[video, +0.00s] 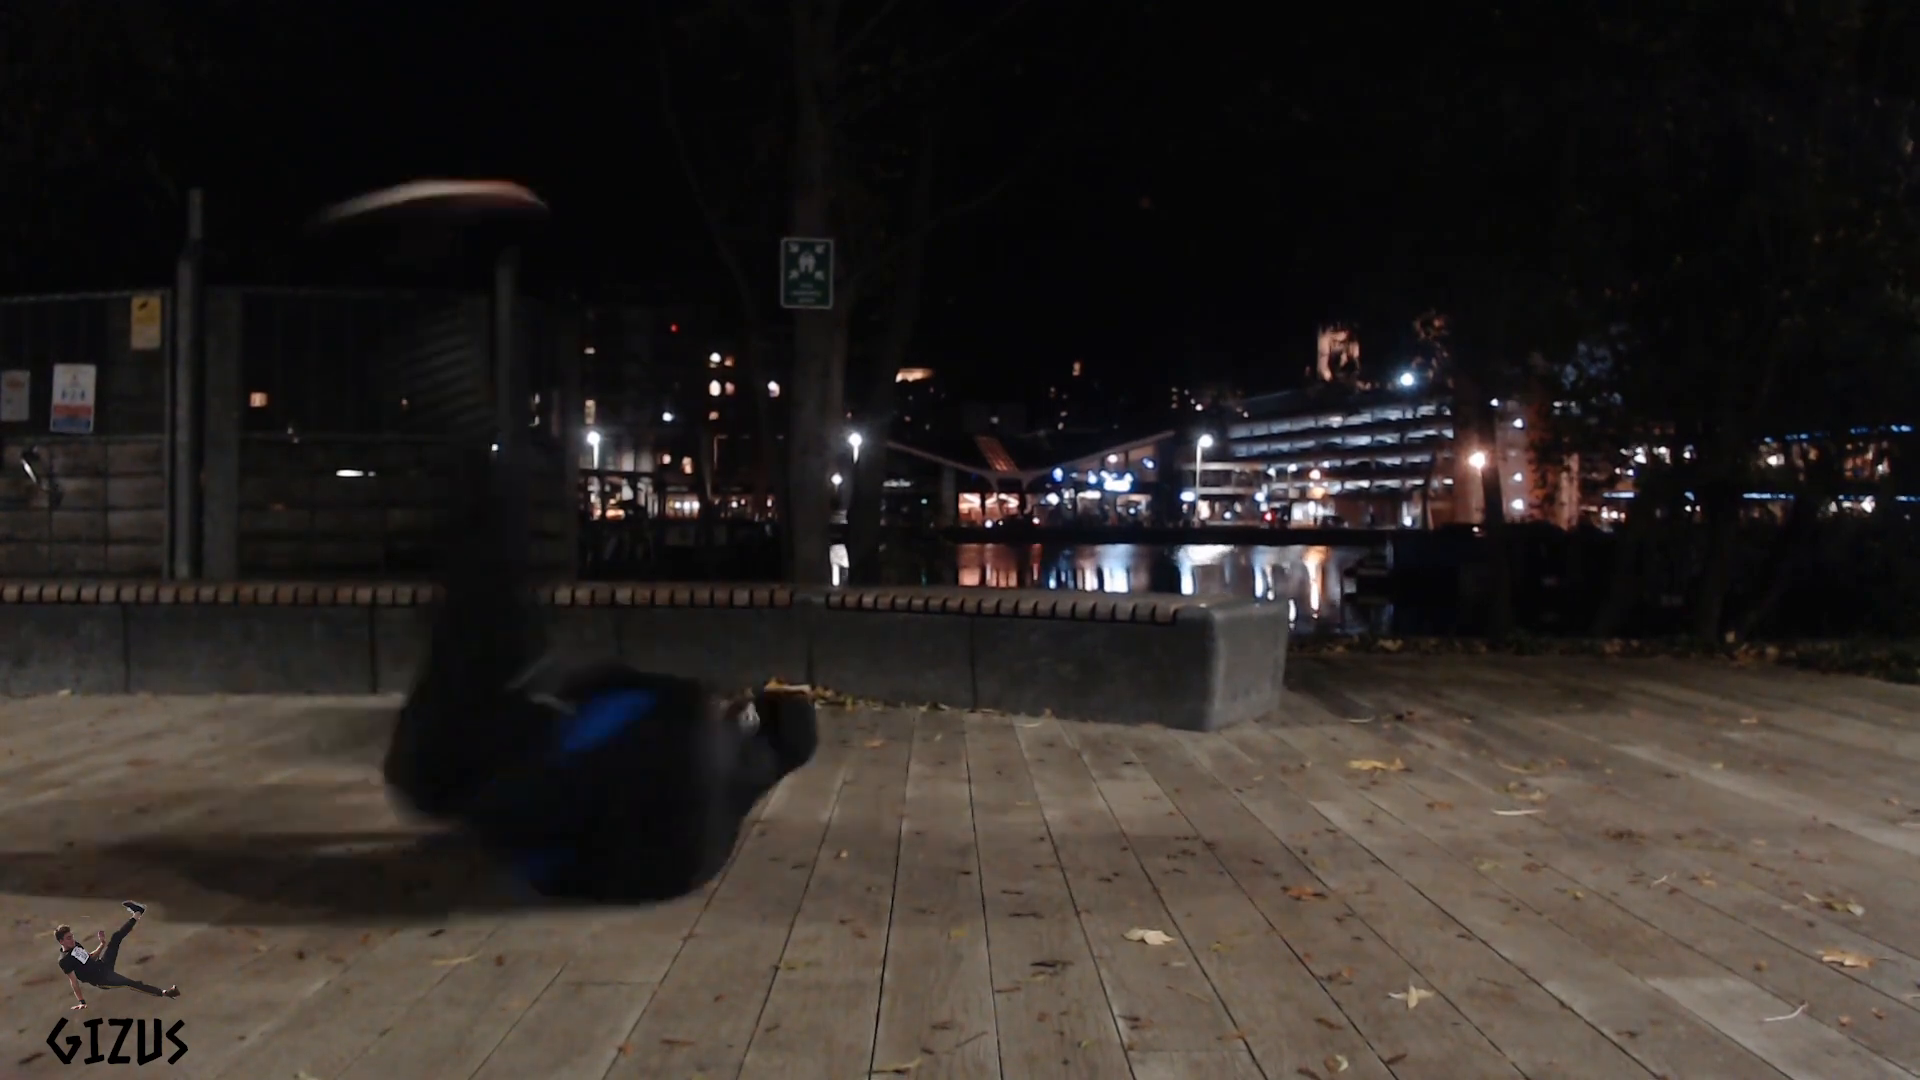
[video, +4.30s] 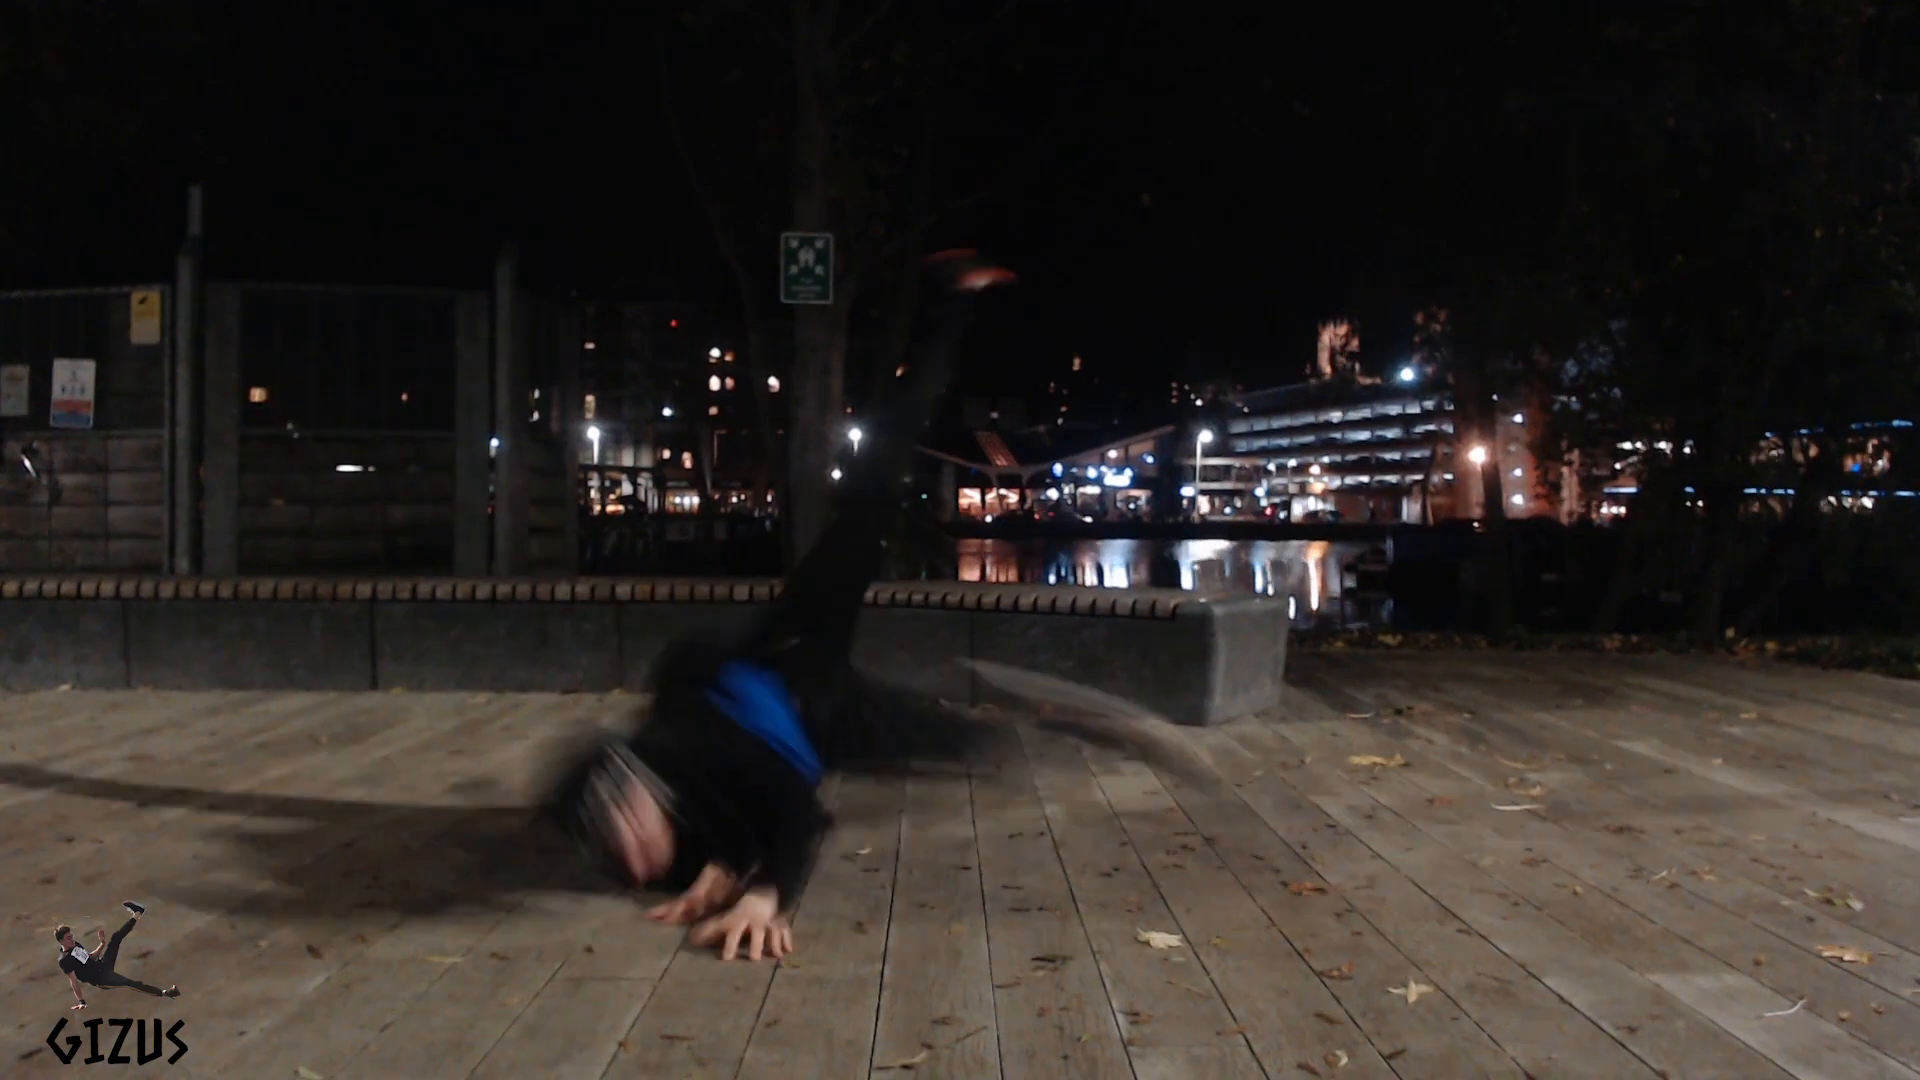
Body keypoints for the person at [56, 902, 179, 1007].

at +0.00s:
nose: (72, 939)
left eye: (72, 936)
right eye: (69, 938)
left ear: (70, 937)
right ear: (61, 941)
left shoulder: (75, 946)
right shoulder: (64, 960)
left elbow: (91, 957)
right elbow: (74, 982)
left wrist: (102, 945)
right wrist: (81, 1002)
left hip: (104, 965)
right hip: (102, 978)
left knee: (115, 938)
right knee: (132, 983)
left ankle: (136, 916)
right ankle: (164, 993)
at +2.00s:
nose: (72, 939)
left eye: (72, 936)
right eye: (69, 938)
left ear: (71, 937)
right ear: (61, 942)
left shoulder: (76, 946)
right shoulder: (64, 961)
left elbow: (91, 957)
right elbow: (74, 982)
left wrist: (102, 945)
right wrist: (81, 1001)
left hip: (104, 964)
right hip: (102, 978)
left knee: (116, 938)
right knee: (131, 983)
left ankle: (136, 916)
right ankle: (164, 993)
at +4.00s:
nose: (72, 939)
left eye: (71, 936)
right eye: (69, 938)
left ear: (71, 937)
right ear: (61, 941)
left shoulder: (76, 946)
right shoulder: (64, 961)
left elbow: (92, 957)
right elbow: (74, 982)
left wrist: (102, 944)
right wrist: (81, 1002)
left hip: (104, 964)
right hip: (102, 978)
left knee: (116, 939)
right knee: (131, 983)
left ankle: (136, 916)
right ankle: (164, 993)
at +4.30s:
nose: (72, 939)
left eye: (72, 936)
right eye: (69, 938)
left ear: (71, 937)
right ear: (62, 942)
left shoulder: (75, 946)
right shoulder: (64, 960)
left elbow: (91, 957)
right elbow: (74, 982)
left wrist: (102, 944)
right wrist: (81, 1002)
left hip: (104, 965)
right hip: (101, 978)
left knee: (116, 938)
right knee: (131, 983)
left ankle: (136, 916)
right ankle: (165, 993)